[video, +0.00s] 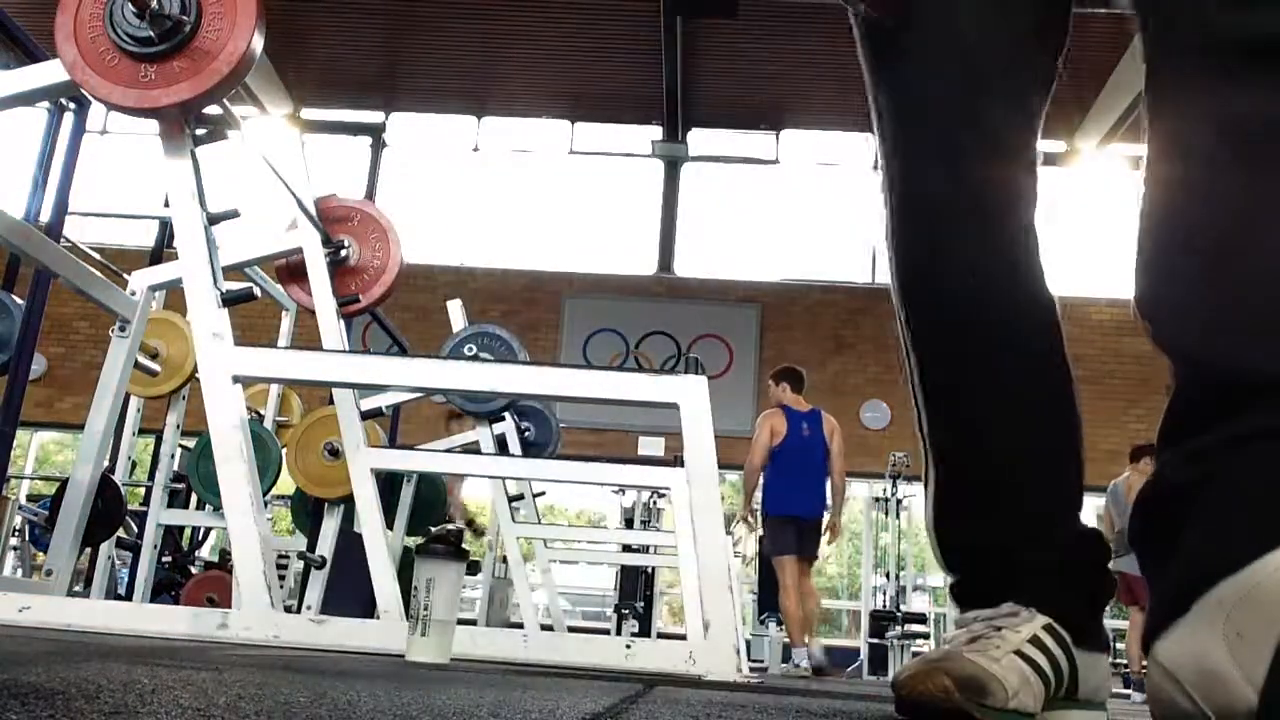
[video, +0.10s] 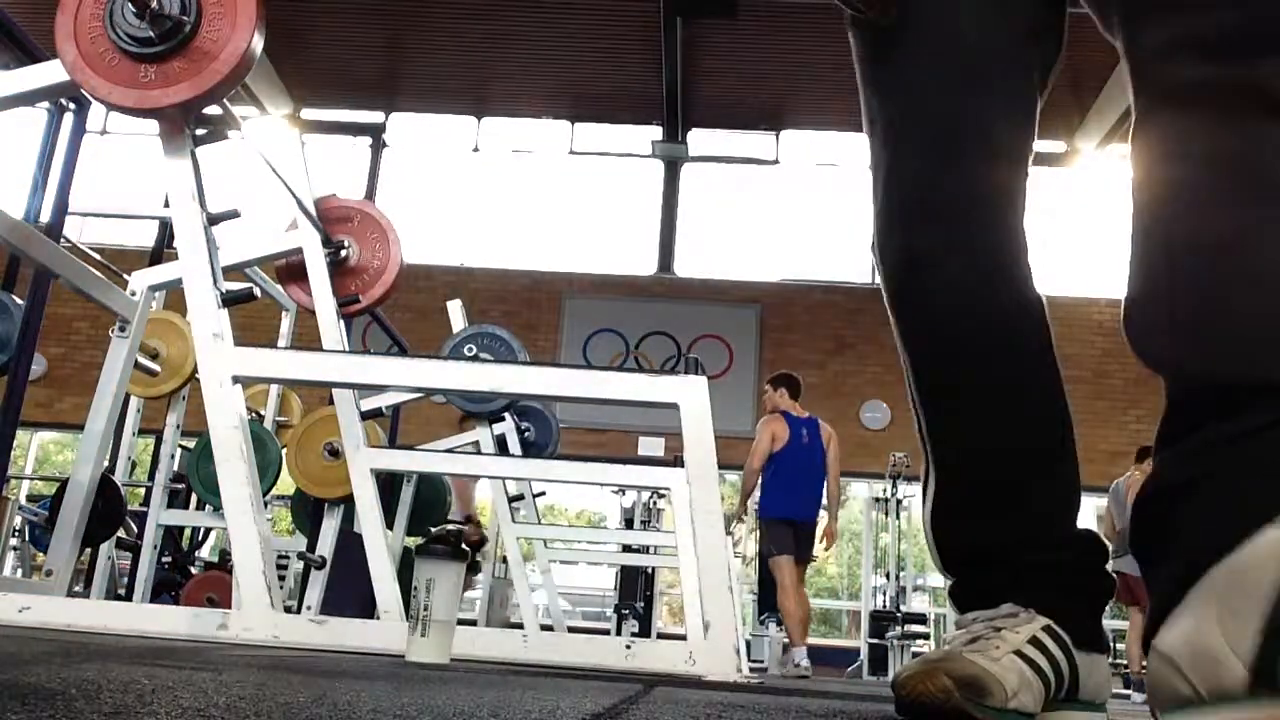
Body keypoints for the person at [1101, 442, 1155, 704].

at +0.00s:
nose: (1154, 468)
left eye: (1154, 464)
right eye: (1153, 463)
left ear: (1133, 462)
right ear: (1144, 462)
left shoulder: (1113, 486)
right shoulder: (1148, 485)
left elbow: (1110, 526)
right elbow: (1151, 523)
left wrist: (1116, 548)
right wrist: (1154, 548)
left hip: (1120, 557)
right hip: (1141, 557)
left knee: (1135, 615)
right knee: (1147, 615)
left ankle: (1135, 673)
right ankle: (1144, 671)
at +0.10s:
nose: (1153, 468)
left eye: (1152, 463)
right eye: (1153, 463)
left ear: (1135, 461)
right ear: (1151, 462)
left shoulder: (1116, 486)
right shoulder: (1153, 483)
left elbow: (1111, 529)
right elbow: (1154, 524)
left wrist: (1121, 545)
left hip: (1121, 558)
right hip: (1145, 558)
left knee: (1135, 616)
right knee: (1153, 616)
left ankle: (1135, 674)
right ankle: (1155, 672)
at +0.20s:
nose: (1154, 470)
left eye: (1148, 461)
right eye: (1153, 463)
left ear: (1139, 459)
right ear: (1151, 462)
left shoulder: (1119, 485)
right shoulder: (1152, 484)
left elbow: (1114, 523)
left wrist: (1122, 542)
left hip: (1120, 557)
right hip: (1142, 557)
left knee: (1135, 616)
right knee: (1151, 617)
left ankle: (1135, 676)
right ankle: (1155, 675)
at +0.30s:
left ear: (1137, 457)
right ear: (1154, 459)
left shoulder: (1121, 486)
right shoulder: (1150, 484)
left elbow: (1115, 527)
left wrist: (1117, 551)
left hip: (1125, 558)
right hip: (1148, 557)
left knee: (1134, 620)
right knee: (1158, 620)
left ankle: (1135, 679)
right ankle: (1163, 679)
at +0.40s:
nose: (1165, 478)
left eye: (1168, 474)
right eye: (1167, 473)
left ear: (1151, 461)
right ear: (1159, 464)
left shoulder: (1123, 483)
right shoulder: (1146, 482)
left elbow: (1115, 527)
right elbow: (1138, 520)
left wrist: (1121, 555)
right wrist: (1153, 559)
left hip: (1121, 558)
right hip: (1140, 558)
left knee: (1135, 621)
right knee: (1158, 618)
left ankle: (1136, 683)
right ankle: (1163, 684)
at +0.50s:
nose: (1166, 478)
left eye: (1170, 474)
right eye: (1169, 472)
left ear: (1152, 461)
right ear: (1160, 464)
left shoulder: (1124, 483)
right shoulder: (1146, 482)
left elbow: (1118, 527)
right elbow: (1138, 520)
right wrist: (1153, 558)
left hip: (1122, 558)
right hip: (1140, 557)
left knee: (1134, 622)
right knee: (1158, 621)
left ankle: (1136, 685)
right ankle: (1164, 686)